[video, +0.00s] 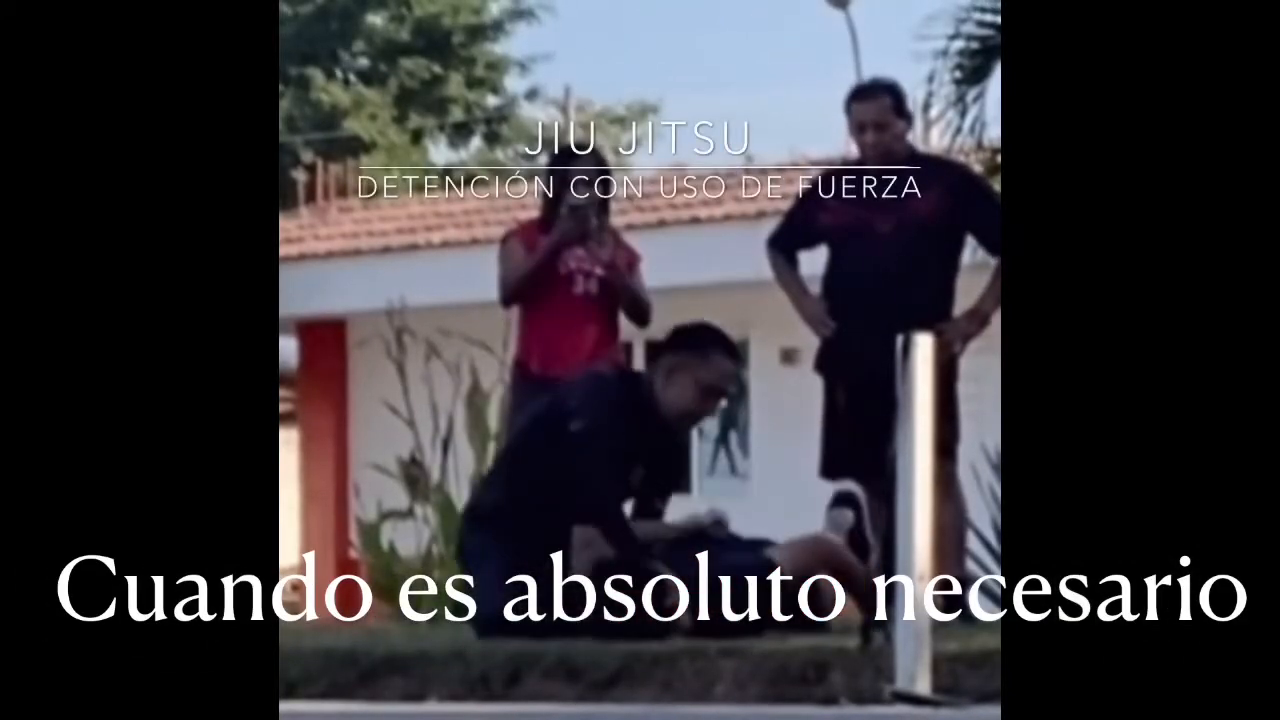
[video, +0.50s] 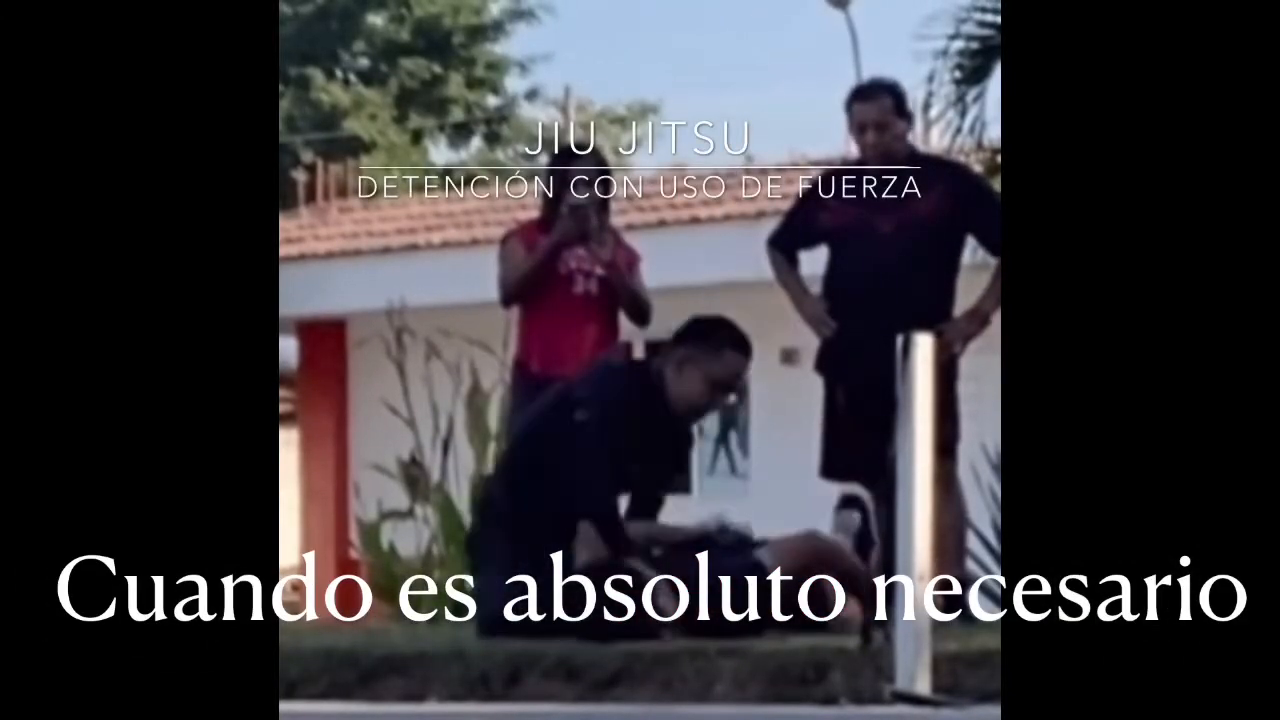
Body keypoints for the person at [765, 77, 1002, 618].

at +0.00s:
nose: (870, 139)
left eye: (880, 127)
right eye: (860, 129)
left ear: (905, 124)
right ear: (849, 133)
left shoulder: (949, 181)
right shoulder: (832, 188)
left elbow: (1004, 248)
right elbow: (778, 249)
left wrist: (975, 318)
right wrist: (815, 317)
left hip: (925, 357)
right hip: (852, 355)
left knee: (933, 480)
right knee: (863, 484)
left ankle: (946, 597)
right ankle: (876, 603)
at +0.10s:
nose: (872, 140)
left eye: (881, 127)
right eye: (861, 130)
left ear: (907, 125)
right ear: (850, 133)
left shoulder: (950, 181)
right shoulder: (832, 188)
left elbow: (1004, 248)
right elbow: (779, 248)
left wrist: (976, 318)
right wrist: (815, 317)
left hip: (926, 355)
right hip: (853, 353)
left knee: (934, 478)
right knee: (864, 482)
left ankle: (946, 594)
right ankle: (869, 602)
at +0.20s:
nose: (872, 139)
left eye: (882, 127)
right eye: (862, 129)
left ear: (907, 125)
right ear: (851, 132)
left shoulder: (950, 181)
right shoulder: (832, 188)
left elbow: (1004, 248)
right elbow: (779, 249)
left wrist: (976, 318)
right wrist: (814, 316)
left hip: (926, 355)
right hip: (853, 352)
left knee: (935, 477)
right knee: (865, 480)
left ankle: (944, 594)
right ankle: (868, 593)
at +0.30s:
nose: (873, 138)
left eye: (883, 126)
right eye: (862, 128)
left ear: (908, 124)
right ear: (852, 131)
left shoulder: (950, 182)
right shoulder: (834, 187)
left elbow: (1004, 249)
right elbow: (780, 245)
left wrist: (975, 318)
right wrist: (808, 302)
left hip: (926, 355)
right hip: (853, 353)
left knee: (935, 476)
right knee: (865, 479)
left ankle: (946, 592)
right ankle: (871, 592)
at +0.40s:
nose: (873, 138)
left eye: (883, 126)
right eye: (863, 128)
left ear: (907, 124)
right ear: (852, 131)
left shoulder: (950, 181)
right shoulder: (834, 187)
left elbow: (1004, 249)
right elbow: (780, 245)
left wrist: (976, 317)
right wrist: (808, 302)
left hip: (926, 354)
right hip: (853, 352)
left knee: (934, 475)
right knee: (865, 479)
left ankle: (946, 593)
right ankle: (870, 595)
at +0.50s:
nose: (870, 140)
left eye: (880, 128)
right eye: (860, 130)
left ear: (906, 125)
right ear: (850, 133)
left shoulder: (950, 182)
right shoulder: (833, 188)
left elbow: (1003, 249)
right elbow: (778, 247)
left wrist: (975, 318)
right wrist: (813, 314)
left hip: (926, 357)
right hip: (853, 354)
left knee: (934, 479)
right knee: (863, 484)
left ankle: (945, 595)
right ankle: (872, 602)